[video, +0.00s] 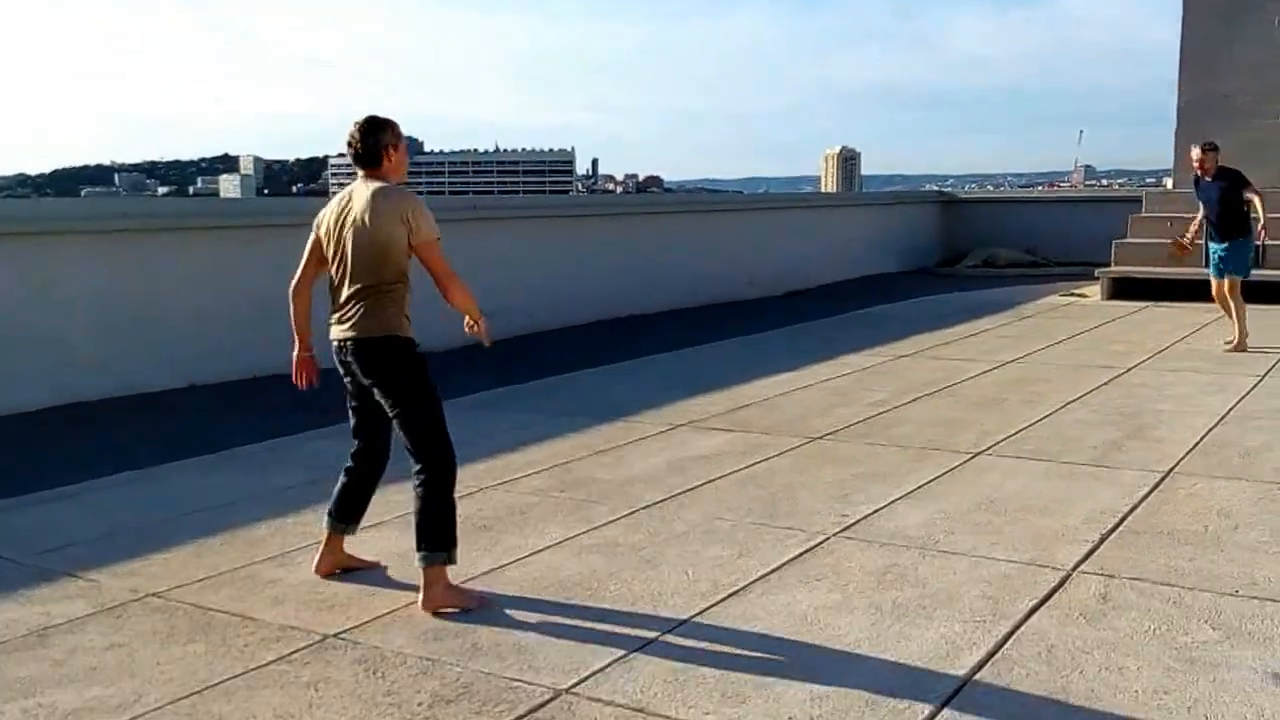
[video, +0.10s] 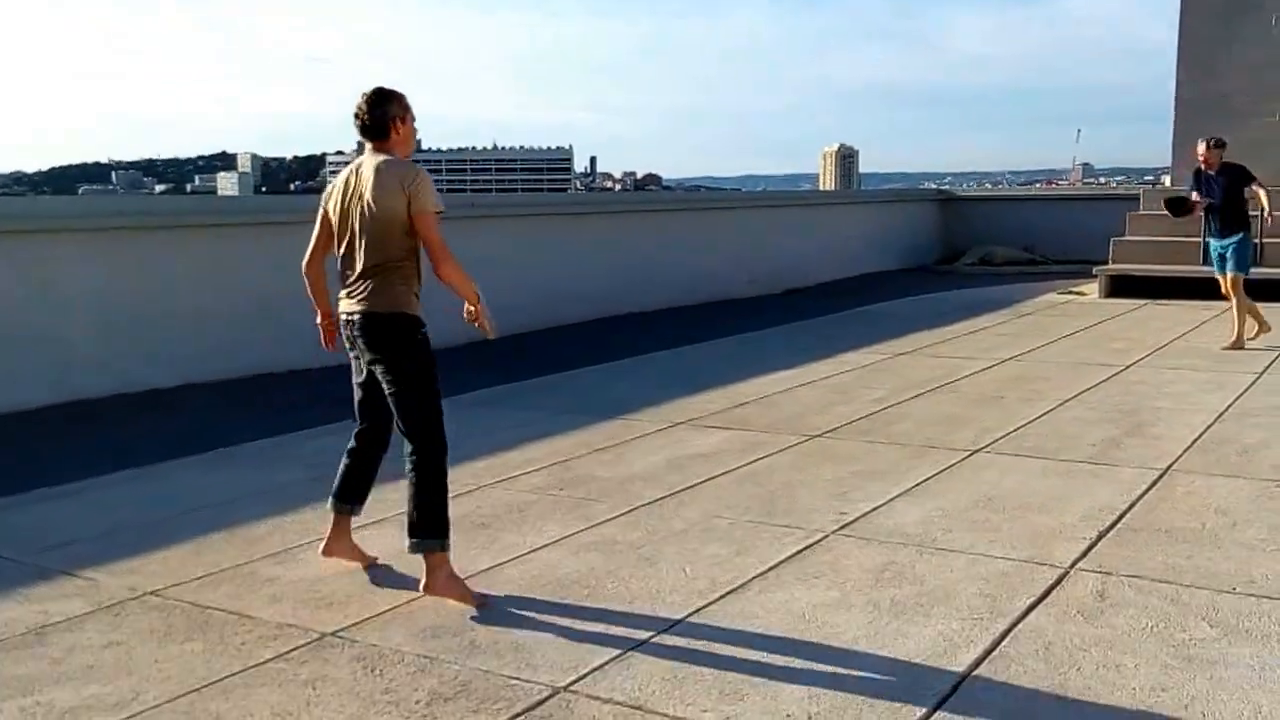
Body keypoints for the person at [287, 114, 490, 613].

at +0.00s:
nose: (408, 156)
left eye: (404, 147)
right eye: (403, 147)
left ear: (359, 157)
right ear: (389, 153)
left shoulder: (332, 210)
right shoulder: (404, 203)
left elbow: (300, 286)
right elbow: (447, 282)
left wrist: (302, 344)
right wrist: (473, 313)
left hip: (346, 347)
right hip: (389, 346)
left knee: (369, 450)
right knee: (435, 457)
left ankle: (332, 551)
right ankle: (436, 585)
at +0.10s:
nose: (415, 129)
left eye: (411, 121)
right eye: (410, 121)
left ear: (368, 129)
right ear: (396, 126)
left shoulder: (341, 180)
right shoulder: (409, 175)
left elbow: (311, 264)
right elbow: (438, 255)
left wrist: (325, 311)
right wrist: (471, 294)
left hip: (355, 322)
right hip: (395, 322)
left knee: (371, 430)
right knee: (426, 440)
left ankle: (338, 535)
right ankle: (438, 570)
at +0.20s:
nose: (422, 120)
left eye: (418, 111)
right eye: (418, 112)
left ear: (377, 123)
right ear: (404, 118)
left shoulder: (353, 175)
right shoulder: (413, 171)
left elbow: (326, 255)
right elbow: (432, 254)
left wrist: (353, 300)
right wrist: (469, 298)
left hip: (356, 318)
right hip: (395, 319)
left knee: (372, 428)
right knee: (432, 440)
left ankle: (351, 534)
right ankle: (434, 569)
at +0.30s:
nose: (435, 138)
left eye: (431, 129)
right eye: (431, 131)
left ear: (388, 142)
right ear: (419, 138)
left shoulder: (370, 190)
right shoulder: (415, 193)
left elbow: (349, 273)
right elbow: (427, 277)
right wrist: (468, 321)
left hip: (356, 335)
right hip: (394, 340)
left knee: (383, 441)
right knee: (450, 449)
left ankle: (353, 545)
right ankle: (430, 575)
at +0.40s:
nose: (440, 143)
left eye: (435, 134)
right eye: (435, 136)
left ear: (392, 146)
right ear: (421, 144)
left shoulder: (376, 192)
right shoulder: (412, 202)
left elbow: (394, 285)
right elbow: (408, 291)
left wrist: (449, 325)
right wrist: (448, 337)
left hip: (357, 337)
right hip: (390, 343)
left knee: (386, 436)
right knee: (453, 451)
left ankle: (351, 543)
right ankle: (429, 577)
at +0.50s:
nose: (432, 136)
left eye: (427, 128)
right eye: (427, 129)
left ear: (397, 144)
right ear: (411, 141)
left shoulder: (395, 196)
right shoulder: (386, 206)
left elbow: (418, 262)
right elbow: (368, 291)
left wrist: (484, 280)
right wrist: (413, 348)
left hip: (378, 340)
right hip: (384, 344)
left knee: (396, 437)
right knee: (445, 452)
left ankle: (345, 527)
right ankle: (425, 577)